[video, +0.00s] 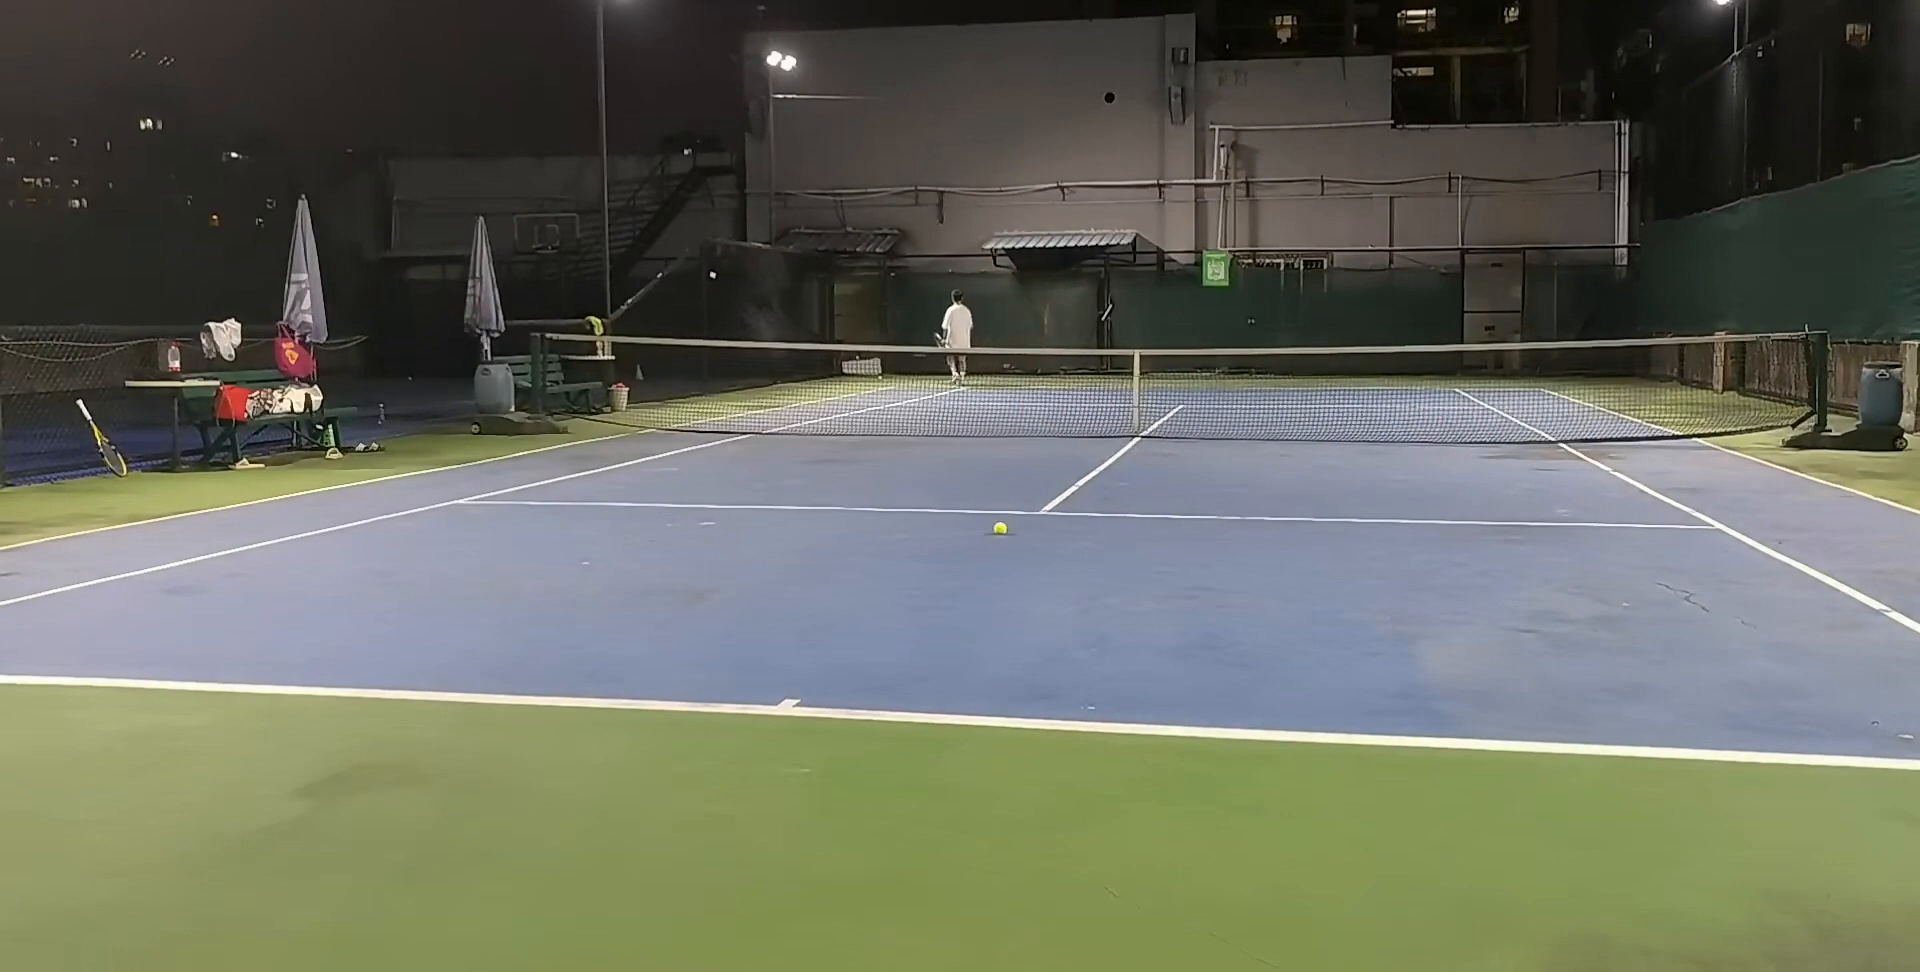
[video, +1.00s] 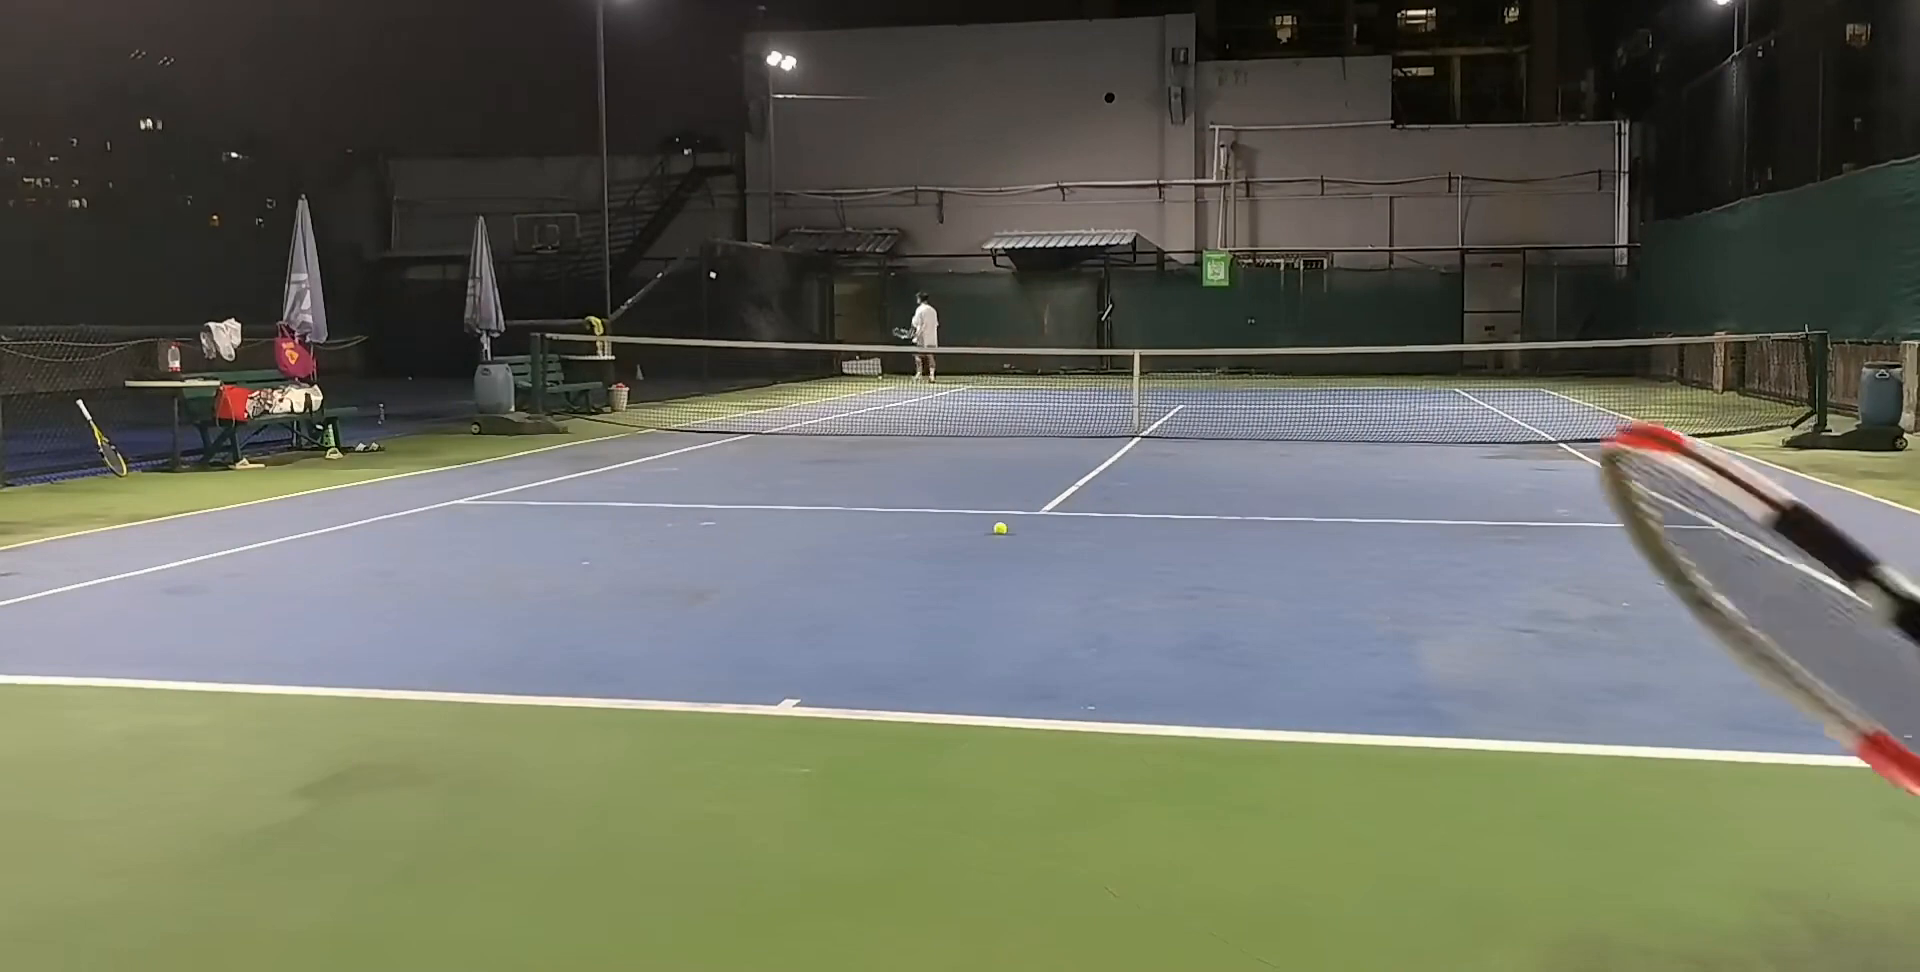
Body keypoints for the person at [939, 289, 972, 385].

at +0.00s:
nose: (955, 300)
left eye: (954, 298)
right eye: (958, 298)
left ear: (952, 299)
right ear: (961, 298)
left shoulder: (951, 310)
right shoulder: (967, 310)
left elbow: (945, 326)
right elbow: (970, 325)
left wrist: (944, 339)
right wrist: (967, 334)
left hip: (953, 341)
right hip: (965, 341)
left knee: (951, 358)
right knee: (962, 359)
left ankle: (955, 374)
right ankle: (962, 374)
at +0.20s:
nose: (944, 302)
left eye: (944, 300)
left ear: (944, 301)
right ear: (953, 300)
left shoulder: (943, 312)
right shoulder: (958, 311)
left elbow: (940, 328)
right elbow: (963, 323)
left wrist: (939, 339)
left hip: (946, 340)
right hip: (958, 340)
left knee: (943, 357)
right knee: (958, 358)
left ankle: (941, 374)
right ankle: (961, 374)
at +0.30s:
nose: (939, 302)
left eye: (939, 300)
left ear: (940, 301)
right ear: (949, 300)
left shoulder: (939, 312)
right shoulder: (954, 311)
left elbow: (935, 328)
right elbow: (958, 324)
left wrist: (934, 339)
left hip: (942, 342)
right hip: (954, 342)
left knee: (940, 358)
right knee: (952, 356)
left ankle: (940, 374)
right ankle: (957, 370)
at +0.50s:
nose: (934, 300)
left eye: (934, 298)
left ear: (934, 299)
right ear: (942, 298)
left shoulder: (931, 310)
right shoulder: (948, 309)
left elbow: (924, 324)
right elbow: (952, 323)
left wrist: (920, 333)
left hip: (935, 339)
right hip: (947, 339)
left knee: (937, 356)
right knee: (943, 356)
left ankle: (940, 374)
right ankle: (943, 373)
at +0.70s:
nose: (928, 302)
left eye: (929, 300)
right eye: (930, 300)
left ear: (929, 301)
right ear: (938, 301)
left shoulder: (927, 312)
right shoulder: (942, 312)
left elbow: (919, 325)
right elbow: (945, 326)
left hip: (930, 339)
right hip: (941, 340)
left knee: (931, 357)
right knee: (935, 357)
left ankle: (938, 374)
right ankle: (933, 374)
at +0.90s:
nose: (921, 301)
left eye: (922, 299)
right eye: (922, 299)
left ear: (924, 300)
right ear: (931, 300)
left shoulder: (923, 311)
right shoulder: (936, 311)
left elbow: (917, 324)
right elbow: (939, 325)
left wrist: (912, 330)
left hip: (924, 338)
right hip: (935, 338)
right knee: (931, 356)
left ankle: (927, 369)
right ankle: (932, 373)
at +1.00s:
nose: (917, 300)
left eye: (917, 298)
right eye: (917, 298)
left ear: (920, 299)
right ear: (926, 299)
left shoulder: (920, 310)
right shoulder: (933, 310)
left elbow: (917, 324)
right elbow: (936, 324)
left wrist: (915, 336)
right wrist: (931, 330)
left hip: (922, 337)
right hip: (932, 337)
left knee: (918, 355)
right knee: (931, 356)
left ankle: (919, 372)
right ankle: (932, 374)